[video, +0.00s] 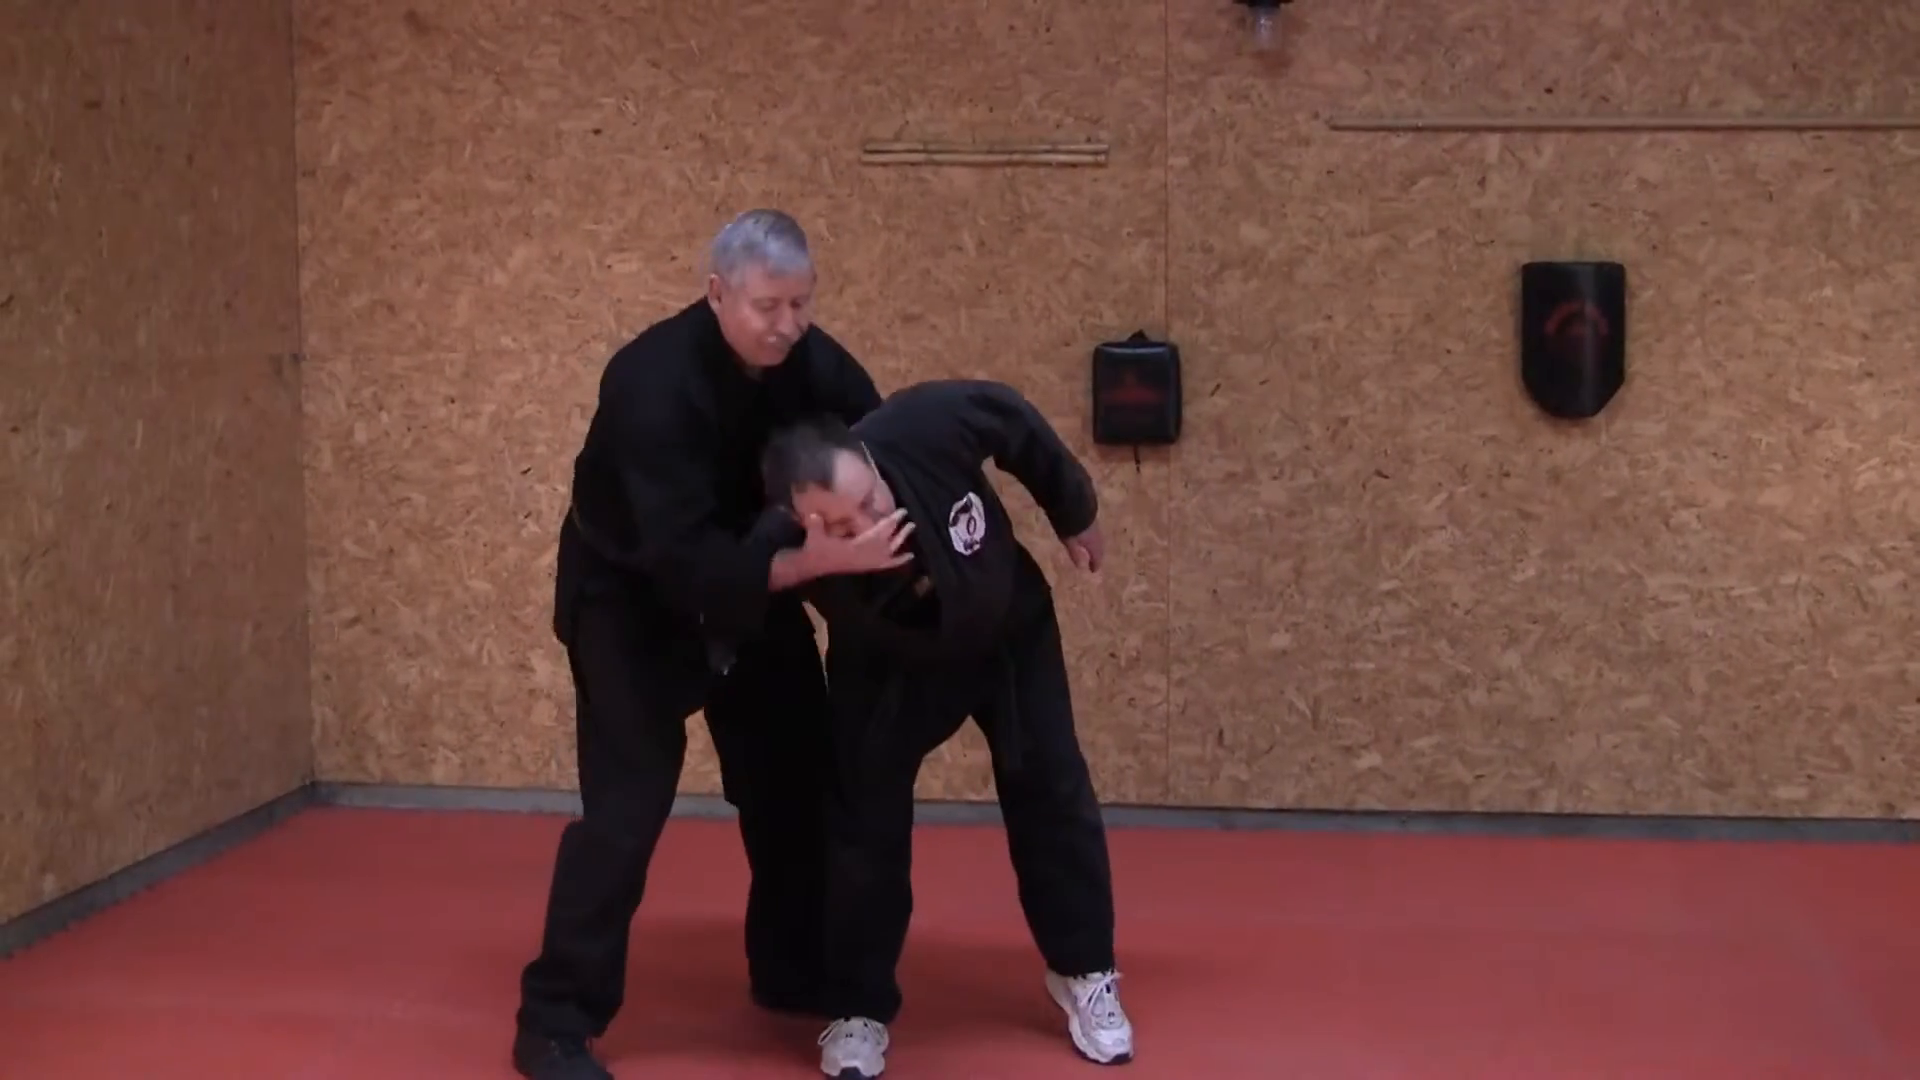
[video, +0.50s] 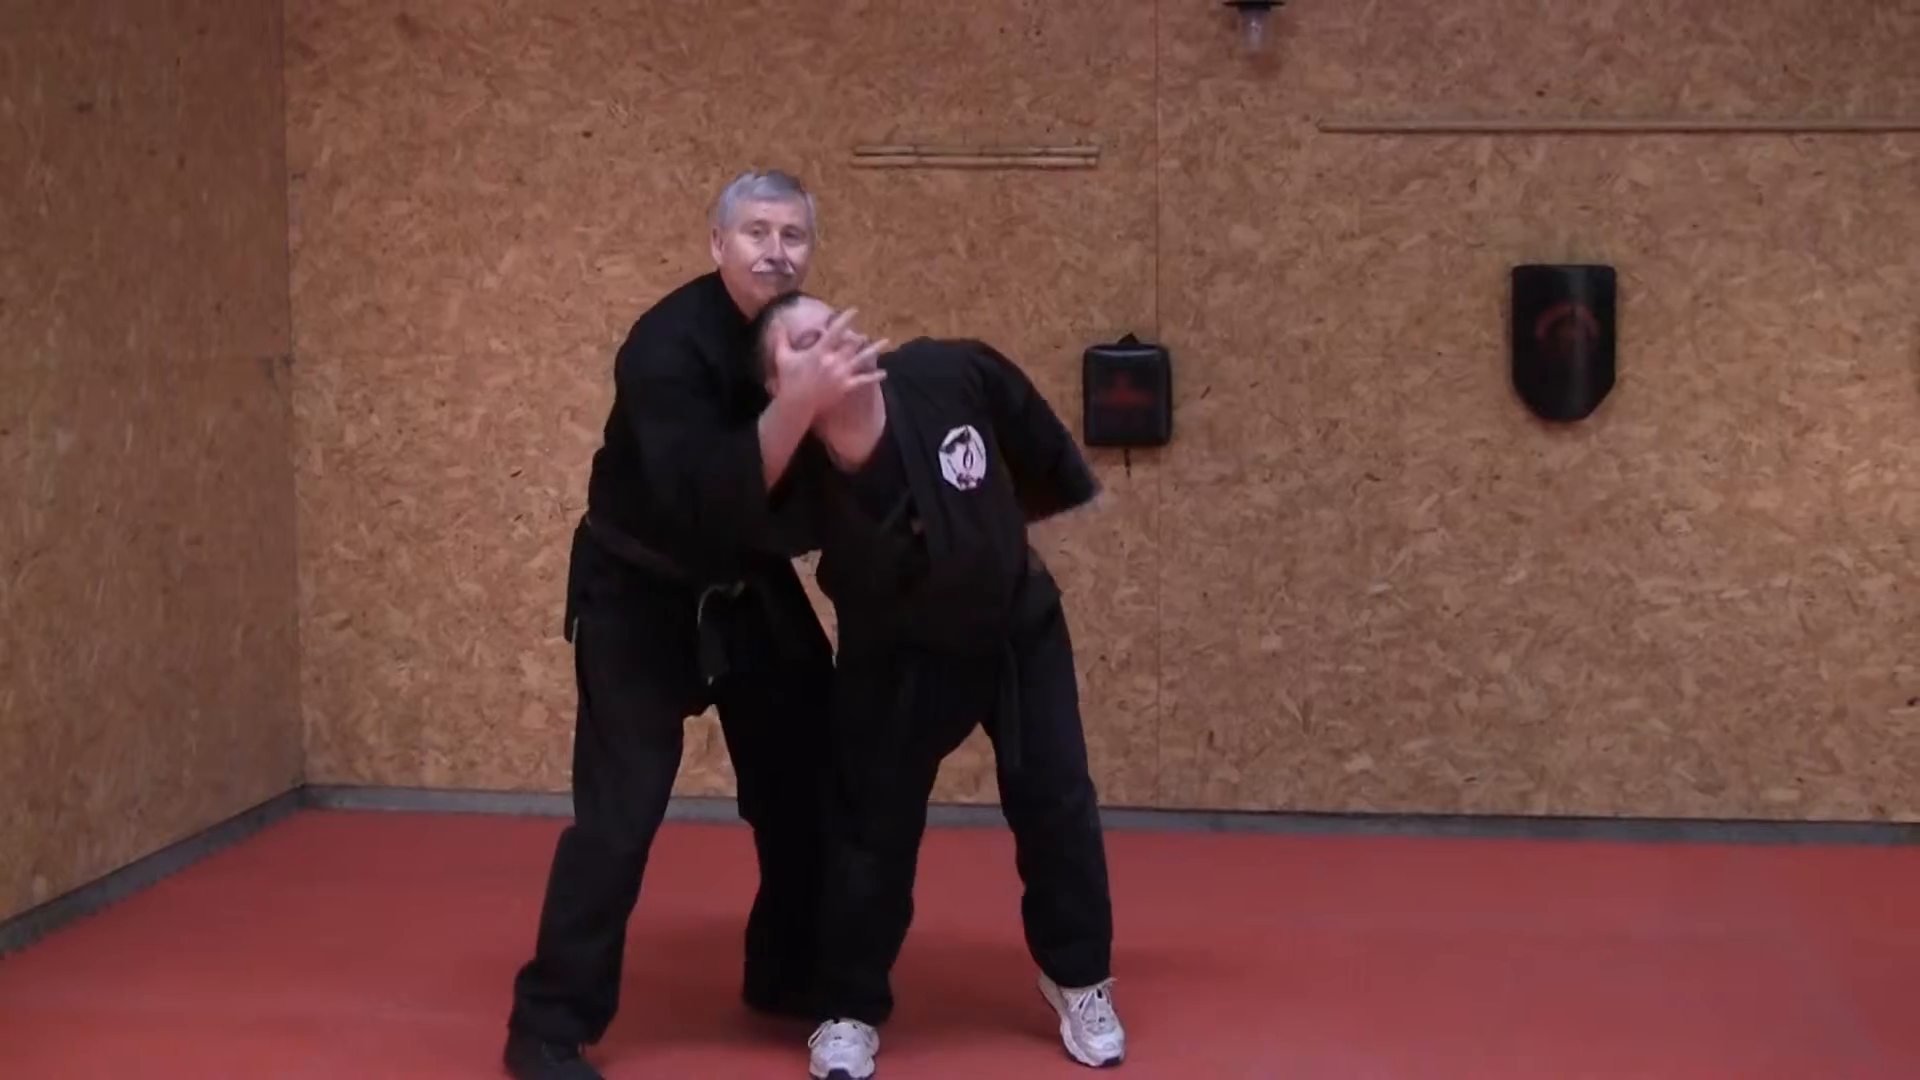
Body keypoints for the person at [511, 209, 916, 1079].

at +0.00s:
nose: (788, 325)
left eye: (800, 305)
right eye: (767, 305)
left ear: (812, 299)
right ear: (715, 292)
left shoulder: (825, 374)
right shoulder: (651, 382)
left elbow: (886, 479)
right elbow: (676, 562)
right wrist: (814, 560)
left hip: (754, 596)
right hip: (630, 602)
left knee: (798, 780)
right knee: (629, 800)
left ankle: (795, 973)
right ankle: (558, 1029)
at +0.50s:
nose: (777, 250)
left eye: (794, 236)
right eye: (758, 233)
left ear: (810, 248)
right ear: (717, 243)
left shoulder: (808, 338)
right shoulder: (664, 348)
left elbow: (840, 499)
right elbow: (704, 505)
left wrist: (843, 415)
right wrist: (793, 407)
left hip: (753, 584)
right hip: (638, 589)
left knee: (810, 771)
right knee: (622, 808)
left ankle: (790, 976)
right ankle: (549, 1034)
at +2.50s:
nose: (743, 220)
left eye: (761, 208)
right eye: (725, 203)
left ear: (783, 228)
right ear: (692, 215)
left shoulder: (789, 316)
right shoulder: (633, 304)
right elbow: (684, 402)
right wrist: (834, 335)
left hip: (711, 578)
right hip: (593, 576)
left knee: (756, 791)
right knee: (555, 813)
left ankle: (748, 977)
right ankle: (511, 1037)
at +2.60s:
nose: (742, 219)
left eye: (761, 207)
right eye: (725, 202)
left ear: (782, 229)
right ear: (692, 215)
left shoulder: (783, 329)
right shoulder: (630, 305)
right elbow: (678, 403)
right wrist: (828, 355)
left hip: (710, 579)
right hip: (591, 575)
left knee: (754, 791)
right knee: (555, 813)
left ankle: (748, 980)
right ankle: (511, 1037)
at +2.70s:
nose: (742, 219)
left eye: (762, 208)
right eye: (726, 202)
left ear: (783, 229)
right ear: (693, 214)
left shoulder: (786, 342)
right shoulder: (629, 304)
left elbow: (823, 467)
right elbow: (661, 410)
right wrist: (813, 384)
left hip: (707, 578)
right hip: (589, 572)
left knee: (752, 791)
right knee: (554, 809)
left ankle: (748, 980)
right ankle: (512, 1034)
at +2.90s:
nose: (744, 220)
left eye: (763, 207)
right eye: (728, 202)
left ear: (783, 226)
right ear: (693, 209)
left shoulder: (786, 345)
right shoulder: (626, 305)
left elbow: (822, 452)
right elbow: (617, 443)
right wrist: (752, 466)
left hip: (706, 577)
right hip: (588, 576)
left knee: (752, 789)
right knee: (552, 814)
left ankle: (746, 978)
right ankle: (510, 1038)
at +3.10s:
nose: (742, 219)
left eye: (762, 206)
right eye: (727, 201)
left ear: (785, 224)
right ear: (695, 209)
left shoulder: (791, 349)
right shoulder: (624, 307)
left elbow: (828, 478)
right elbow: (557, 451)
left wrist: (791, 441)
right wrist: (654, 550)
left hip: (712, 578)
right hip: (589, 576)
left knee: (756, 789)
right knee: (551, 815)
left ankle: (747, 971)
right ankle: (508, 1032)